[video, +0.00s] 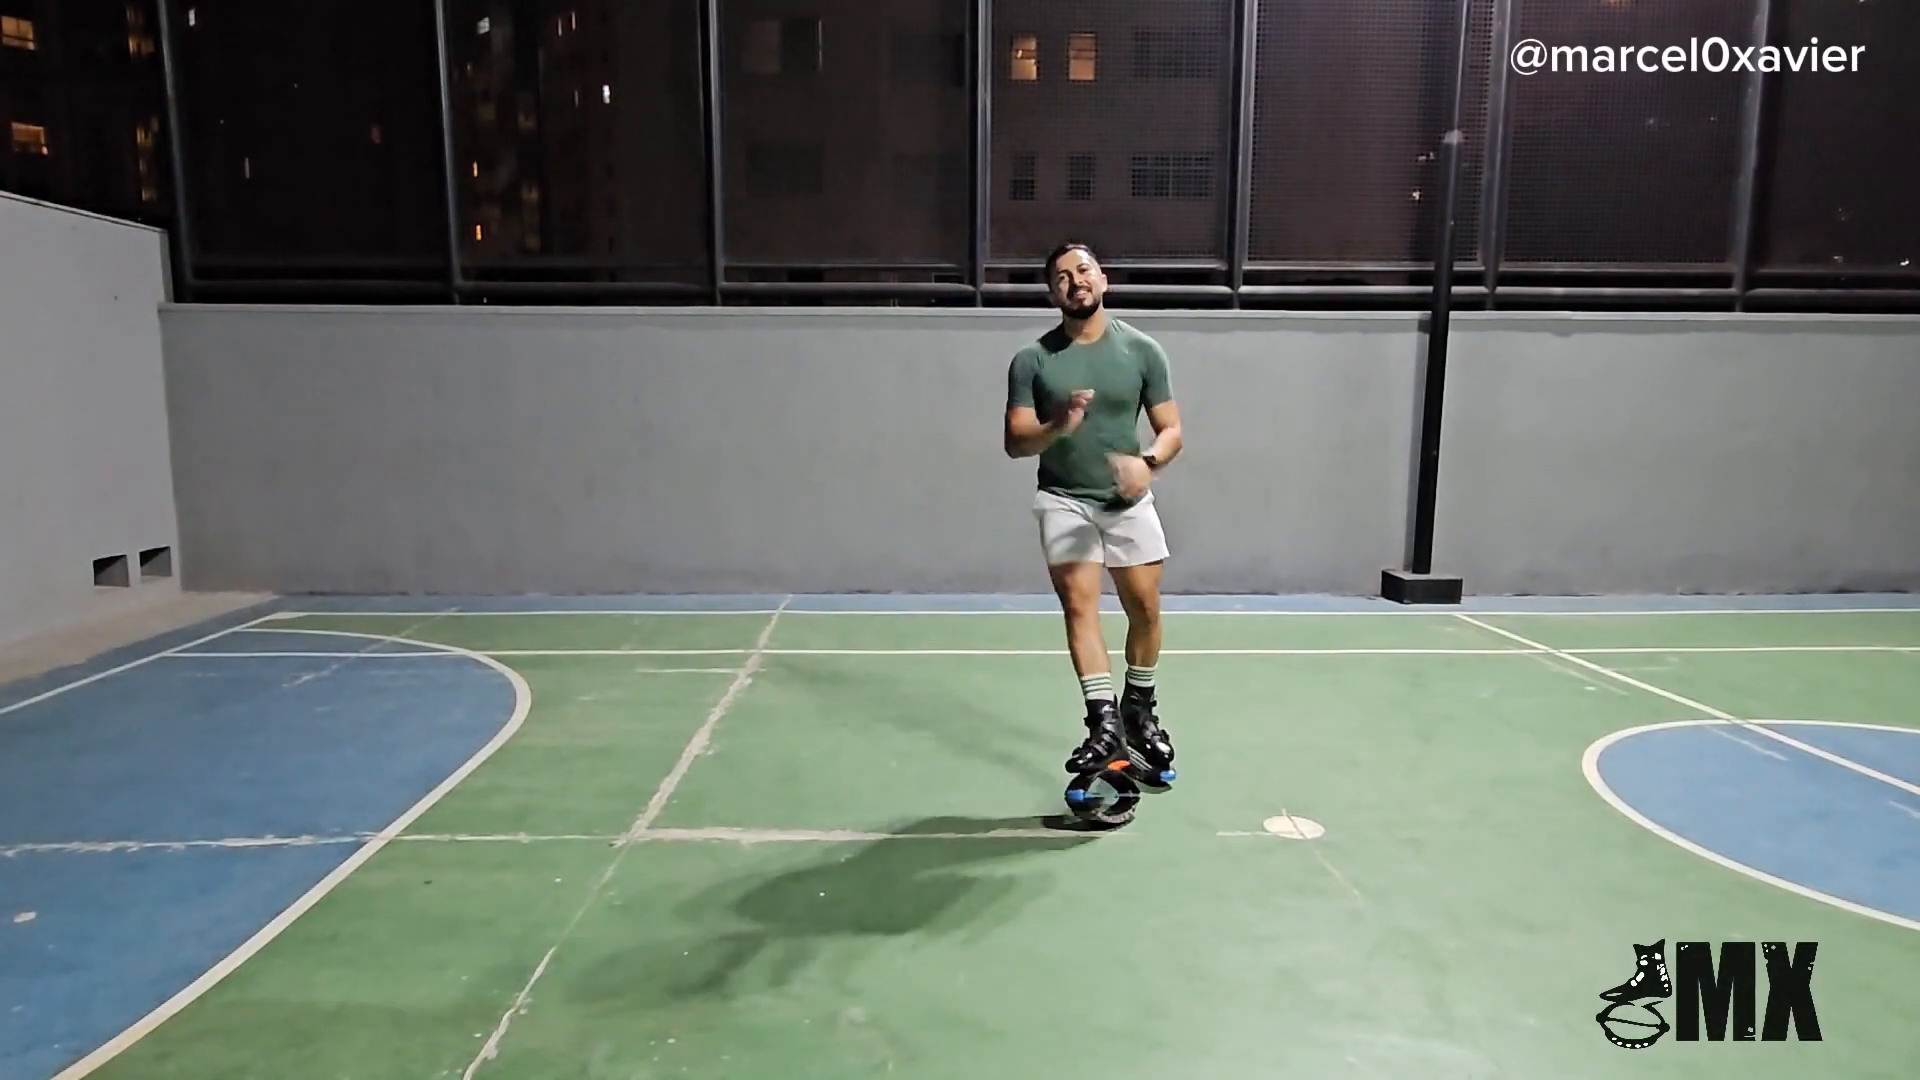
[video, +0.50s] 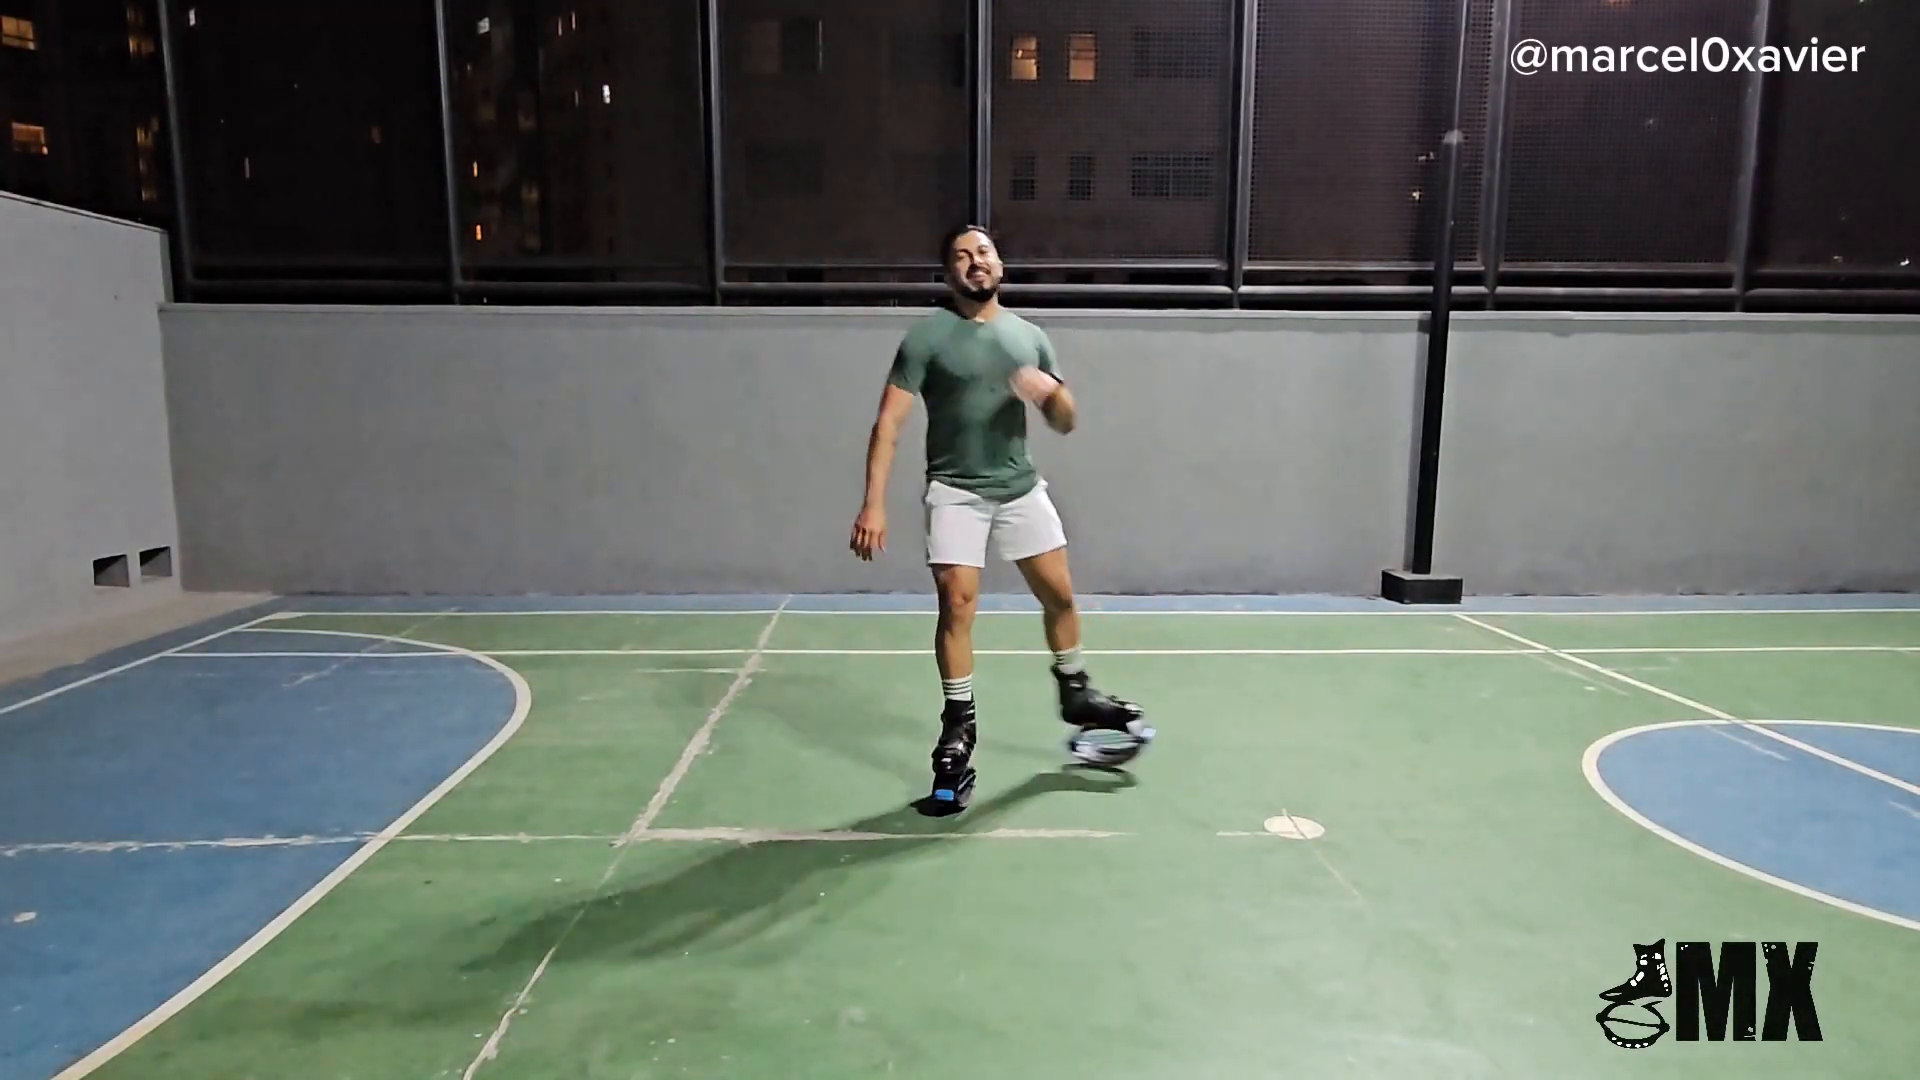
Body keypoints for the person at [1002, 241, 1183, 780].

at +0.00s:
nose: (1076, 282)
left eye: (1083, 271)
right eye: (1064, 277)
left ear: (1103, 280)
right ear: (1053, 294)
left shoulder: (1142, 351)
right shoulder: (1031, 360)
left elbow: (1171, 431)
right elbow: (1017, 441)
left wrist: (1149, 463)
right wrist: (1058, 427)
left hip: (1130, 501)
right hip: (1065, 503)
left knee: (1146, 609)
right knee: (1078, 606)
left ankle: (1140, 713)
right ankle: (1103, 728)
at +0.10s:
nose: (1061, 265)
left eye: (1069, 255)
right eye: (1049, 260)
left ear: (1090, 268)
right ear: (1037, 280)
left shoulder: (1131, 336)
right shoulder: (1015, 346)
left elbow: (1174, 402)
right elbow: (989, 426)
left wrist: (1167, 462)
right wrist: (1023, 414)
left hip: (1117, 485)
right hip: (1049, 483)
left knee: (1133, 594)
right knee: (1046, 584)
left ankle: (1137, 706)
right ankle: (1074, 713)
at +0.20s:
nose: (1042, 251)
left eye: (1051, 242)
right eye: (1031, 247)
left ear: (1072, 259)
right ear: (1018, 270)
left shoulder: (1109, 319)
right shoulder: (996, 336)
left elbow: (1162, 368)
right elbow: (962, 408)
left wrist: (1153, 429)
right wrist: (984, 422)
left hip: (1097, 475)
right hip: (1031, 473)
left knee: (1118, 588)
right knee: (1020, 578)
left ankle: (1134, 700)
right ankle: (1027, 701)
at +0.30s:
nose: (1022, 260)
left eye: (1030, 250)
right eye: (1010, 254)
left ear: (1049, 265)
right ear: (997, 274)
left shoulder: (1081, 322)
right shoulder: (975, 340)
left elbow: (1137, 359)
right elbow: (935, 413)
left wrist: (1122, 411)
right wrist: (939, 454)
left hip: (1077, 482)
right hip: (1011, 482)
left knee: (1105, 590)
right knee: (992, 592)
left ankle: (1130, 700)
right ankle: (976, 713)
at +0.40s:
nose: (998, 271)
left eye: (1006, 262)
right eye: (986, 265)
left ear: (1025, 275)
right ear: (971, 284)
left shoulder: (1052, 337)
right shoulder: (950, 349)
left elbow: (1107, 385)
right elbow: (914, 429)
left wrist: (1084, 414)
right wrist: (898, 499)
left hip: (1048, 494)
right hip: (979, 497)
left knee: (1085, 597)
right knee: (969, 608)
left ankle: (1120, 701)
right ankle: (962, 732)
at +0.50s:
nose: (977, 261)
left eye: (984, 252)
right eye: (964, 256)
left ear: (1001, 267)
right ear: (948, 275)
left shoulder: (1029, 336)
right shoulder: (926, 337)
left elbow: (1065, 422)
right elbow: (887, 426)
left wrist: (1052, 393)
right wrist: (873, 507)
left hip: (1020, 487)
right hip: (955, 490)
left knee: (1060, 594)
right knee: (956, 602)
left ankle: (1077, 694)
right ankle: (958, 726)